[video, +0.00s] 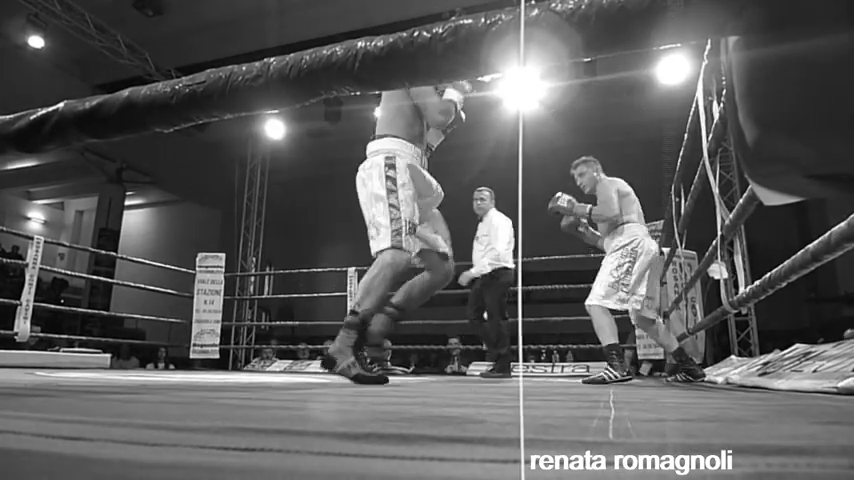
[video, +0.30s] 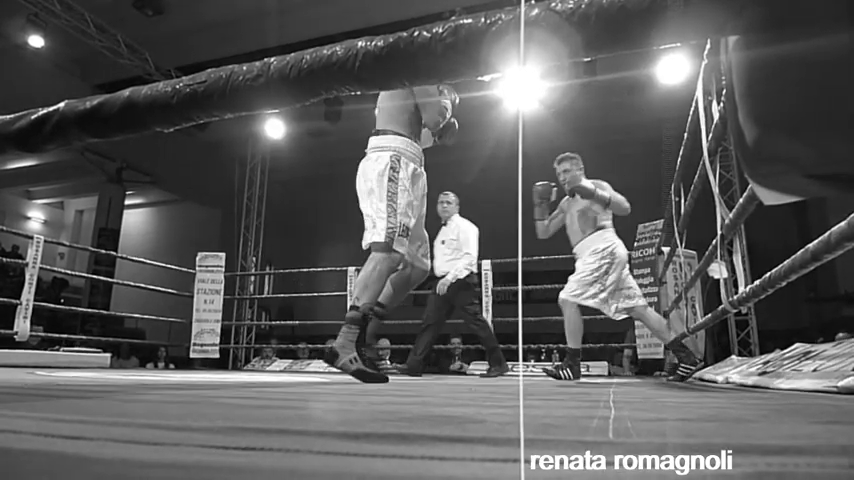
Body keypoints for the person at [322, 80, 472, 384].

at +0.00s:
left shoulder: (432, 88)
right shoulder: (411, 72)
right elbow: (439, 116)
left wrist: (454, 106)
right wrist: (456, 93)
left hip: (414, 171)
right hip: (391, 163)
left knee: (440, 268)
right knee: (395, 256)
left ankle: (373, 336)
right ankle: (341, 348)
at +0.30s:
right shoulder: (417, 70)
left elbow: (415, 138)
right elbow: (434, 117)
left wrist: (443, 134)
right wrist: (446, 99)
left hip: (410, 167)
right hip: (392, 160)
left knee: (418, 265)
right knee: (387, 252)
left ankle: (366, 336)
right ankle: (344, 344)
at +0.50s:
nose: (451, 92)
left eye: (452, 86)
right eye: (451, 85)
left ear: (421, 81)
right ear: (443, 82)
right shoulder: (427, 103)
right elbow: (445, 162)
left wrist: (441, 166)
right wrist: (455, 135)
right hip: (397, 193)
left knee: (421, 284)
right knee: (396, 279)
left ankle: (421, 359)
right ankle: (337, 359)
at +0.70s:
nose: (456, 119)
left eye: (456, 114)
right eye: (456, 113)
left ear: (435, 109)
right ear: (449, 110)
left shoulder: (421, 130)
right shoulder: (435, 125)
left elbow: (441, 177)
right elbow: (458, 174)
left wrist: (459, 150)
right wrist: (468, 151)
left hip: (416, 211)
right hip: (408, 209)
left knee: (440, 292)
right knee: (424, 282)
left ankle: (426, 367)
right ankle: (366, 347)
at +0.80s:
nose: (464, 126)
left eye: (465, 121)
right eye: (464, 121)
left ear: (443, 113)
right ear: (457, 117)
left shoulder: (429, 131)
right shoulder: (444, 128)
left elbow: (452, 174)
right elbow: (463, 179)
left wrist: (463, 153)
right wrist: (472, 156)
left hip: (411, 208)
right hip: (411, 207)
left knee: (442, 284)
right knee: (439, 282)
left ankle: (425, 356)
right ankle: (391, 348)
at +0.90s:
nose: (472, 143)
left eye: (472, 139)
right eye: (472, 138)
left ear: (448, 132)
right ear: (467, 134)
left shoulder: (428, 152)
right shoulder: (457, 149)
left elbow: (418, 194)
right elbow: (479, 192)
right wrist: (486, 169)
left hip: (406, 221)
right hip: (423, 223)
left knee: (436, 294)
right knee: (448, 294)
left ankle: (430, 360)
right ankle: (396, 355)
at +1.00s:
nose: (470, 166)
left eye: (468, 162)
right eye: (469, 162)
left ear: (443, 157)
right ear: (466, 159)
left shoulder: (422, 176)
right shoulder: (464, 171)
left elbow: (403, 215)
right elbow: (482, 215)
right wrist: (488, 184)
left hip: (405, 242)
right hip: (429, 243)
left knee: (440, 307)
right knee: (464, 313)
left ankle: (432, 364)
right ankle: (407, 352)